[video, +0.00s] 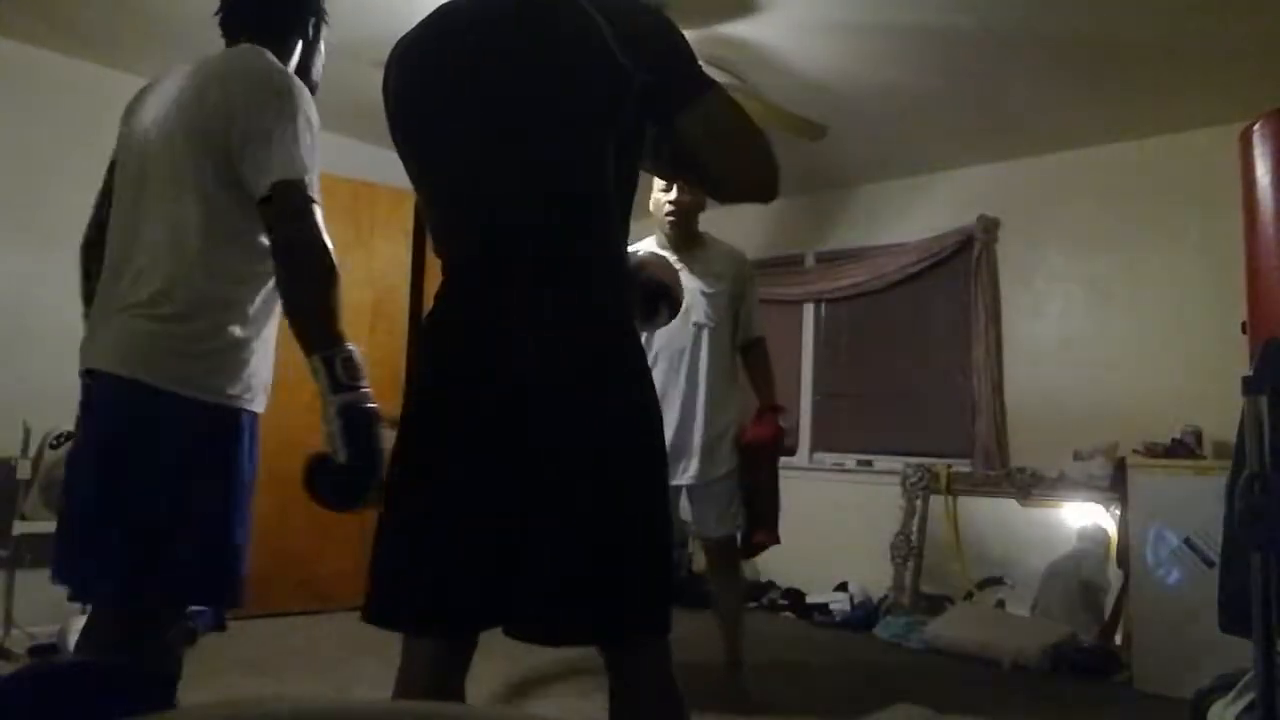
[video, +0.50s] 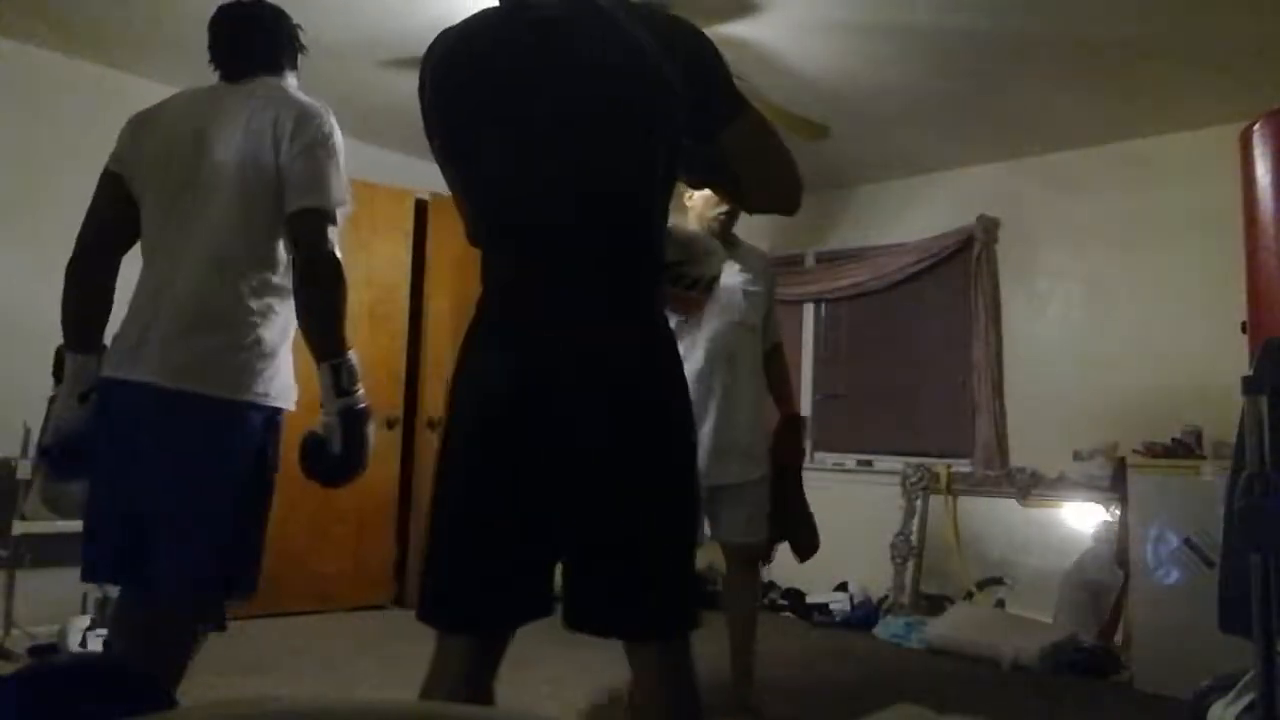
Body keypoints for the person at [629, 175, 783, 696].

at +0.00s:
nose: (676, 198)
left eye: (688, 189)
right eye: (666, 188)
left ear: (705, 200)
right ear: (650, 197)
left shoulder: (731, 265)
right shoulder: (630, 265)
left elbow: (750, 342)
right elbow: (614, 346)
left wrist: (769, 405)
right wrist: (613, 420)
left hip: (715, 439)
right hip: (649, 439)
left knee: (723, 557)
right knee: (649, 561)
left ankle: (733, 665)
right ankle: (646, 672)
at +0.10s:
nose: (682, 198)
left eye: (693, 189)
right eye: (670, 186)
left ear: (706, 200)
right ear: (649, 195)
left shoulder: (730, 263)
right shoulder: (629, 263)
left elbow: (748, 341)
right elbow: (611, 339)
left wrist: (769, 408)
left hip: (714, 435)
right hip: (649, 436)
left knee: (727, 559)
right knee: (648, 563)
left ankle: (736, 673)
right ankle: (647, 681)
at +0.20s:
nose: (689, 197)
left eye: (698, 188)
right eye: (675, 185)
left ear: (708, 198)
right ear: (648, 195)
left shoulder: (729, 262)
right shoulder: (631, 263)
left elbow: (748, 342)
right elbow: (615, 342)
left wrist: (771, 408)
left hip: (720, 436)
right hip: (654, 438)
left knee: (738, 550)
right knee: (653, 560)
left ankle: (745, 671)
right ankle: (650, 681)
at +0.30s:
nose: (700, 202)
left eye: (709, 194)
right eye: (690, 190)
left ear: (718, 204)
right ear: (666, 195)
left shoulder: (734, 265)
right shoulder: (640, 260)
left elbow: (750, 343)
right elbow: (625, 339)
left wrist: (772, 410)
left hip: (725, 435)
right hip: (661, 436)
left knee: (741, 552)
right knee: (660, 559)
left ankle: (745, 672)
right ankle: (652, 680)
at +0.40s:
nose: (713, 202)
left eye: (719, 193)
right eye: (701, 190)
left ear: (727, 200)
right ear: (670, 194)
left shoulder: (742, 264)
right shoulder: (647, 258)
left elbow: (757, 346)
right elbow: (630, 338)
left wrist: (777, 411)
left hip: (730, 438)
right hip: (665, 437)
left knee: (740, 557)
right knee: (662, 562)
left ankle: (742, 682)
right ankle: (654, 685)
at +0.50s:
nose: (727, 206)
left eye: (733, 196)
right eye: (714, 194)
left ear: (741, 206)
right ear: (682, 200)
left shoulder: (755, 266)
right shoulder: (657, 262)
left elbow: (771, 348)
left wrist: (791, 417)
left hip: (740, 443)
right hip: (673, 440)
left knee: (743, 567)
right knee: (663, 568)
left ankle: (743, 684)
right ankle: (653, 684)